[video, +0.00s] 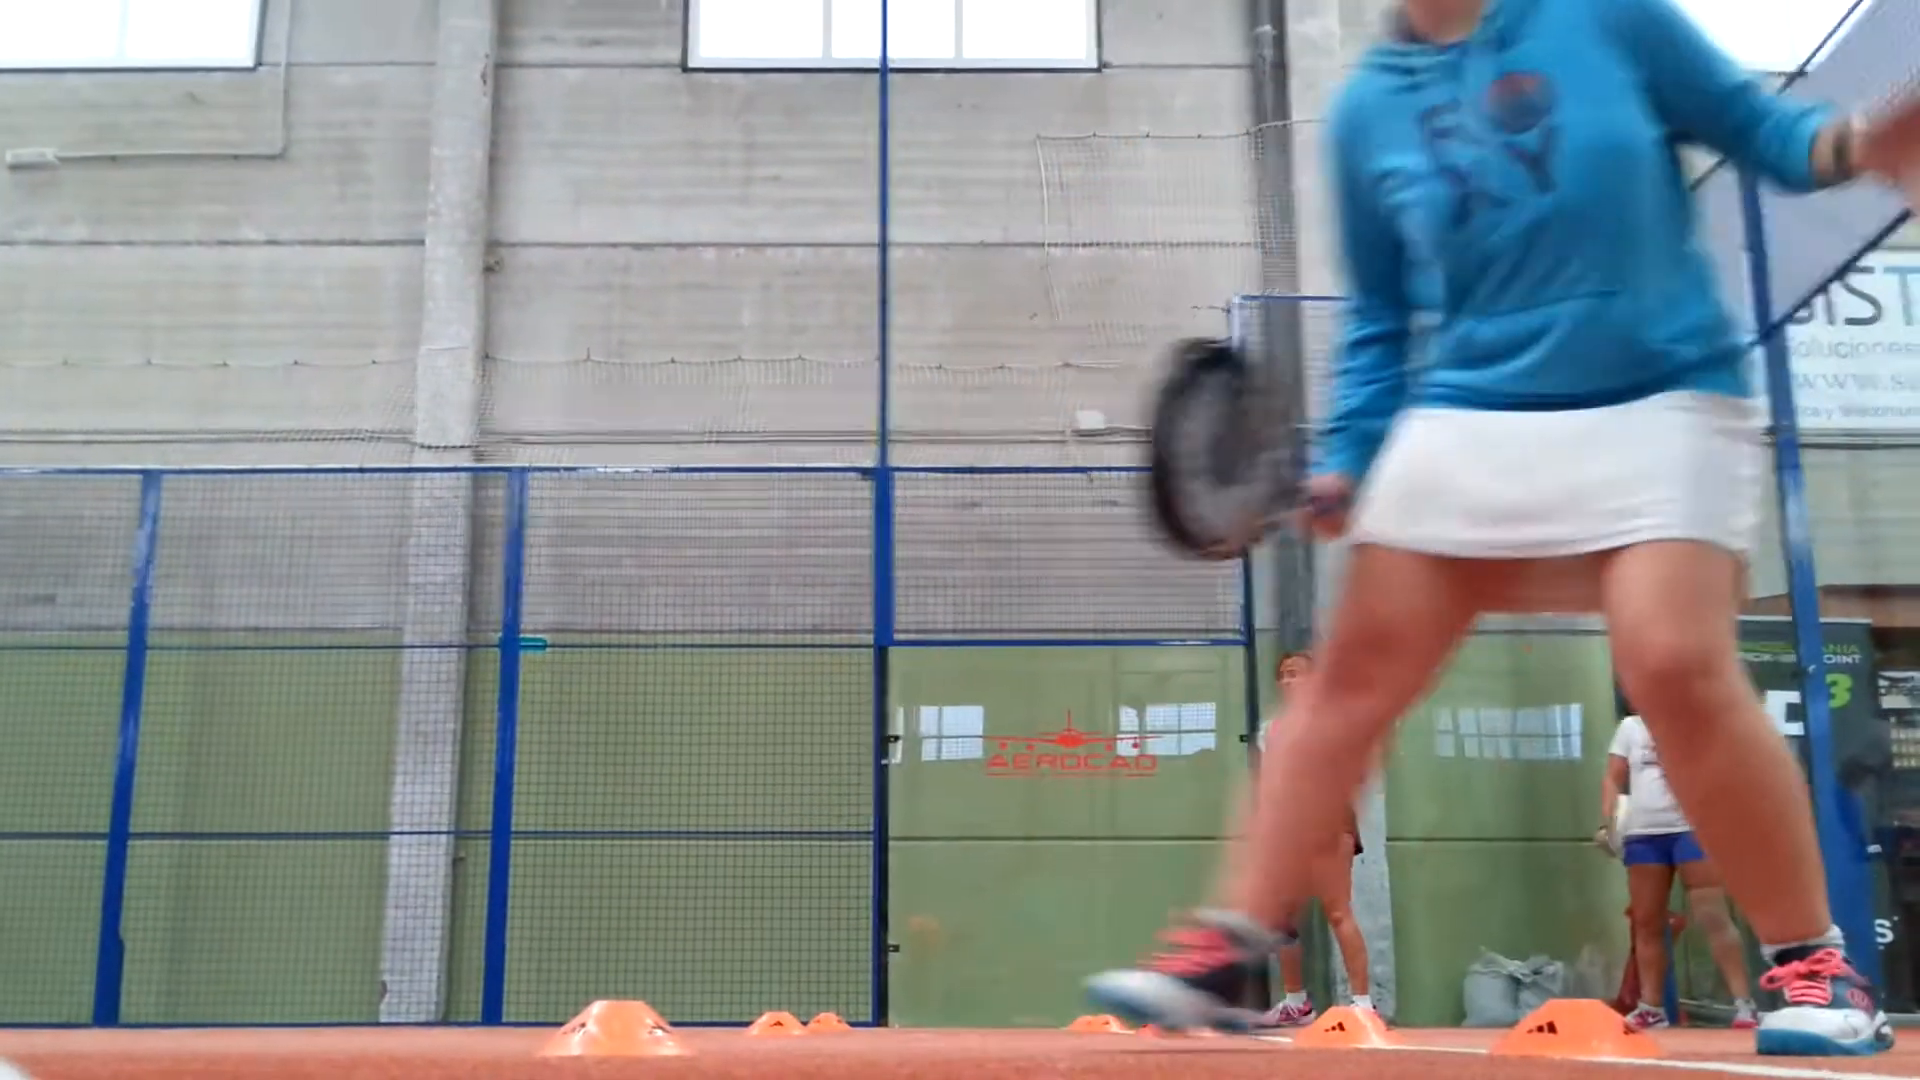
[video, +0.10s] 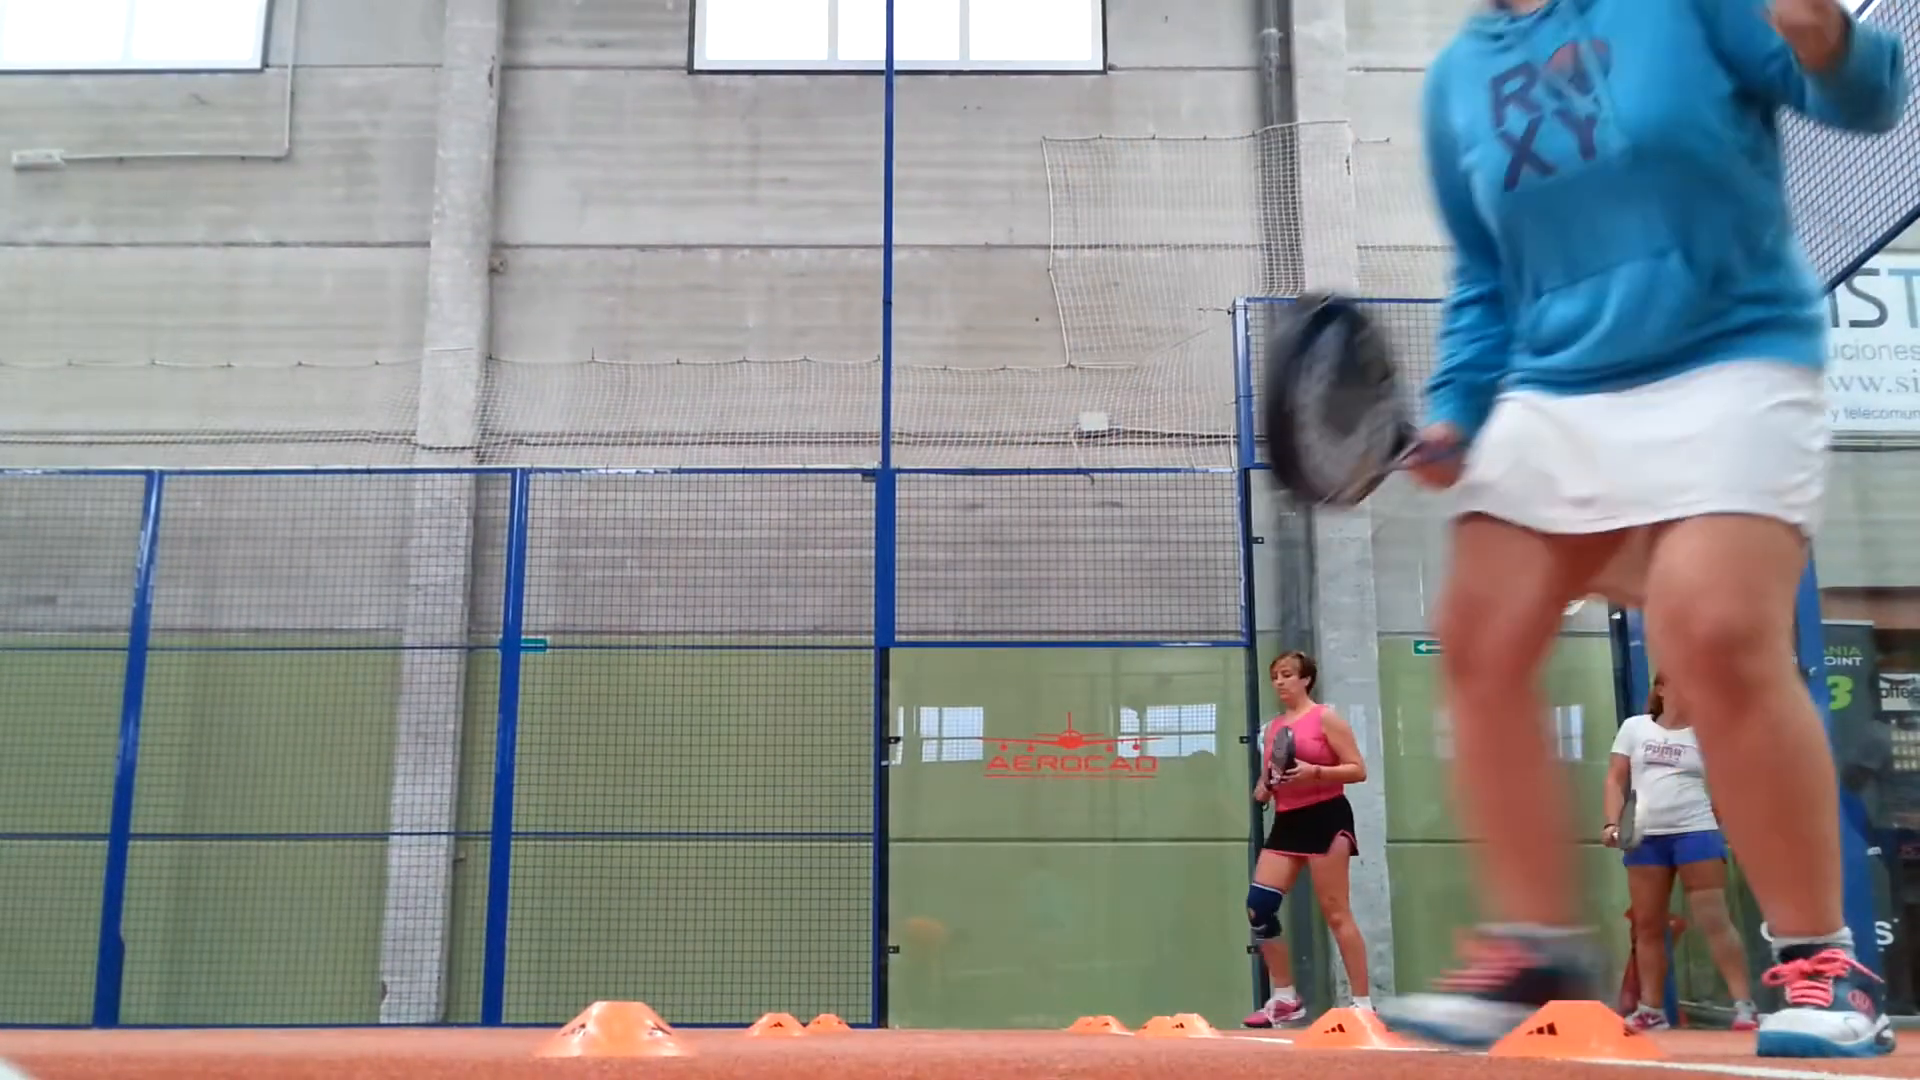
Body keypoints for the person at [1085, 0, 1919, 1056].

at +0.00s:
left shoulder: (1605, 13)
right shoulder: (1364, 108)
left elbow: (1756, 123)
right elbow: (1377, 315)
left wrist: (1849, 144)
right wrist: (1343, 460)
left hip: (1661, 387)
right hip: (1468, 404)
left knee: (1673, 667)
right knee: (1354, 665)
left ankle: (1812, 969)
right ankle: (1232, 951)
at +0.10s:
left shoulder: (1691, 4)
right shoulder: (1457, 77)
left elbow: (1870, 105)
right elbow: (1482, 280)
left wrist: (1832, 45)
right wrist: (1454, 411)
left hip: (1734, 354)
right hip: (1556, 388)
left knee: (1716, 633)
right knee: (1477, 637)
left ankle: (1819, 963)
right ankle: (1535, 947)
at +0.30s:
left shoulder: (1786, 3)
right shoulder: (1602, 71)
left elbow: (1907, 81)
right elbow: (1683, 260)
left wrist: (1762, 35)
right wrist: (1654, 386)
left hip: (1846, 296)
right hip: (1728, 351)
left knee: (1746, 617)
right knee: (1765, 660)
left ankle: (1900, 945)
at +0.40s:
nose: (1652, 4)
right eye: (1652, 2)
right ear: (1683, 4)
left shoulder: (1799, 11)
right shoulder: (1725, 105)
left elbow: (1910, 130)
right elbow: (1803, 313)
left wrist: (1722, 124)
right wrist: (1749, 405)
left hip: (1887, 351)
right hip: (1838, 375)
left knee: (1775, 627)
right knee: (1887, 676)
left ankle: (1903, 958)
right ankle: (1896, 964)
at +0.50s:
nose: (1720, 12)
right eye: (1722, 1)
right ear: (1786, 2)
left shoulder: (1839, 48)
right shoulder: (1803, 86)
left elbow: (1908, 163)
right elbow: (1861, 274)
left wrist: (1746, 174)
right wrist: (1827, 401)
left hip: (1898, 381)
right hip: (1864, 394)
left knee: (1854, 635)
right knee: (1854, 643)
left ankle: (1895, 957)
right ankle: (1891, 959)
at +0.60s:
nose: (1786, 16)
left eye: (1792, 2)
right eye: (1790, 3)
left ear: (1823, 4)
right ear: (1876, 6)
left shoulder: (1874, 59)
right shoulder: (1854, 87)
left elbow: (1911, 159)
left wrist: (1787, 172)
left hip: (1916, 393)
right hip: (1907, 395)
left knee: (1917, 626)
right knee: (1913, 629)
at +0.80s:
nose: (1867, 42)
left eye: (1869, 31)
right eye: (1868, 31)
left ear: (1888, 30)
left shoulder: (1898, 97)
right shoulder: (1896, 97)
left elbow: (1907, 182)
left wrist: (1830, 222)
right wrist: (1833, 225)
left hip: (1914, 336)